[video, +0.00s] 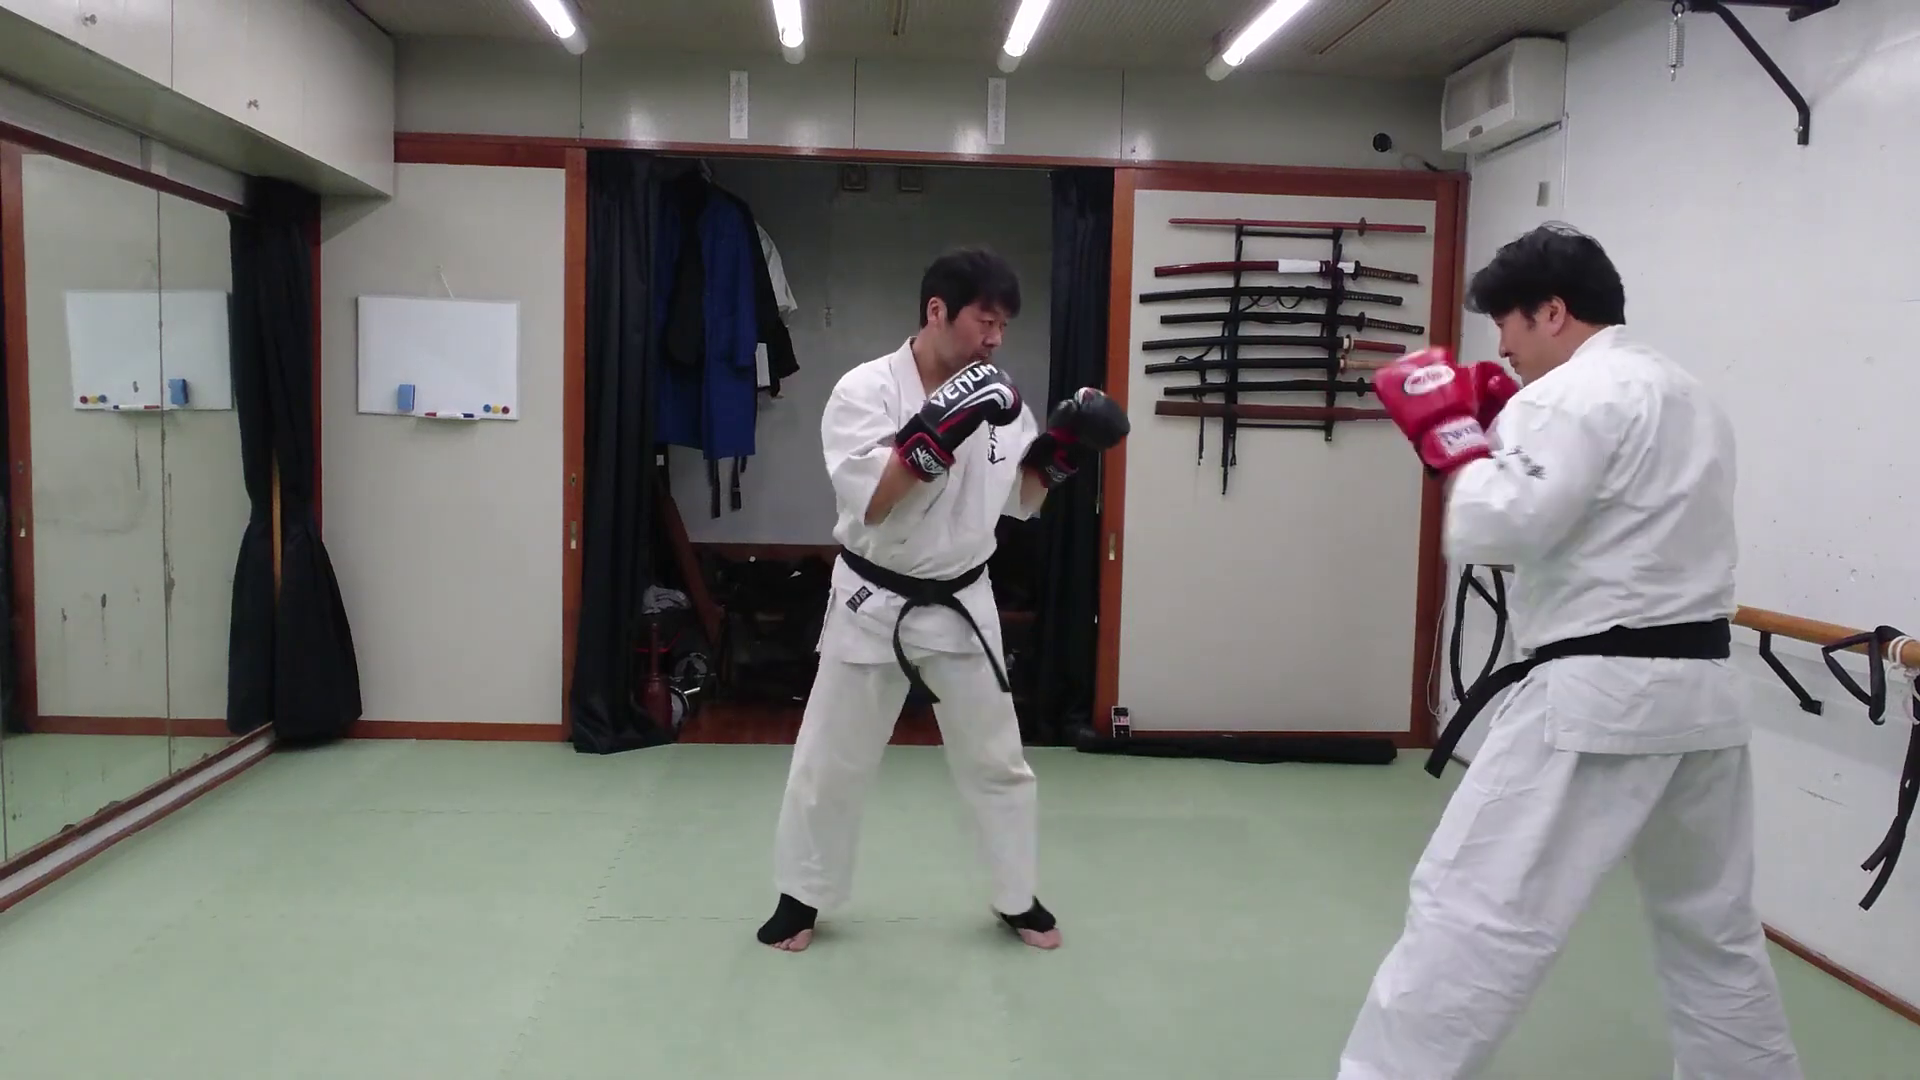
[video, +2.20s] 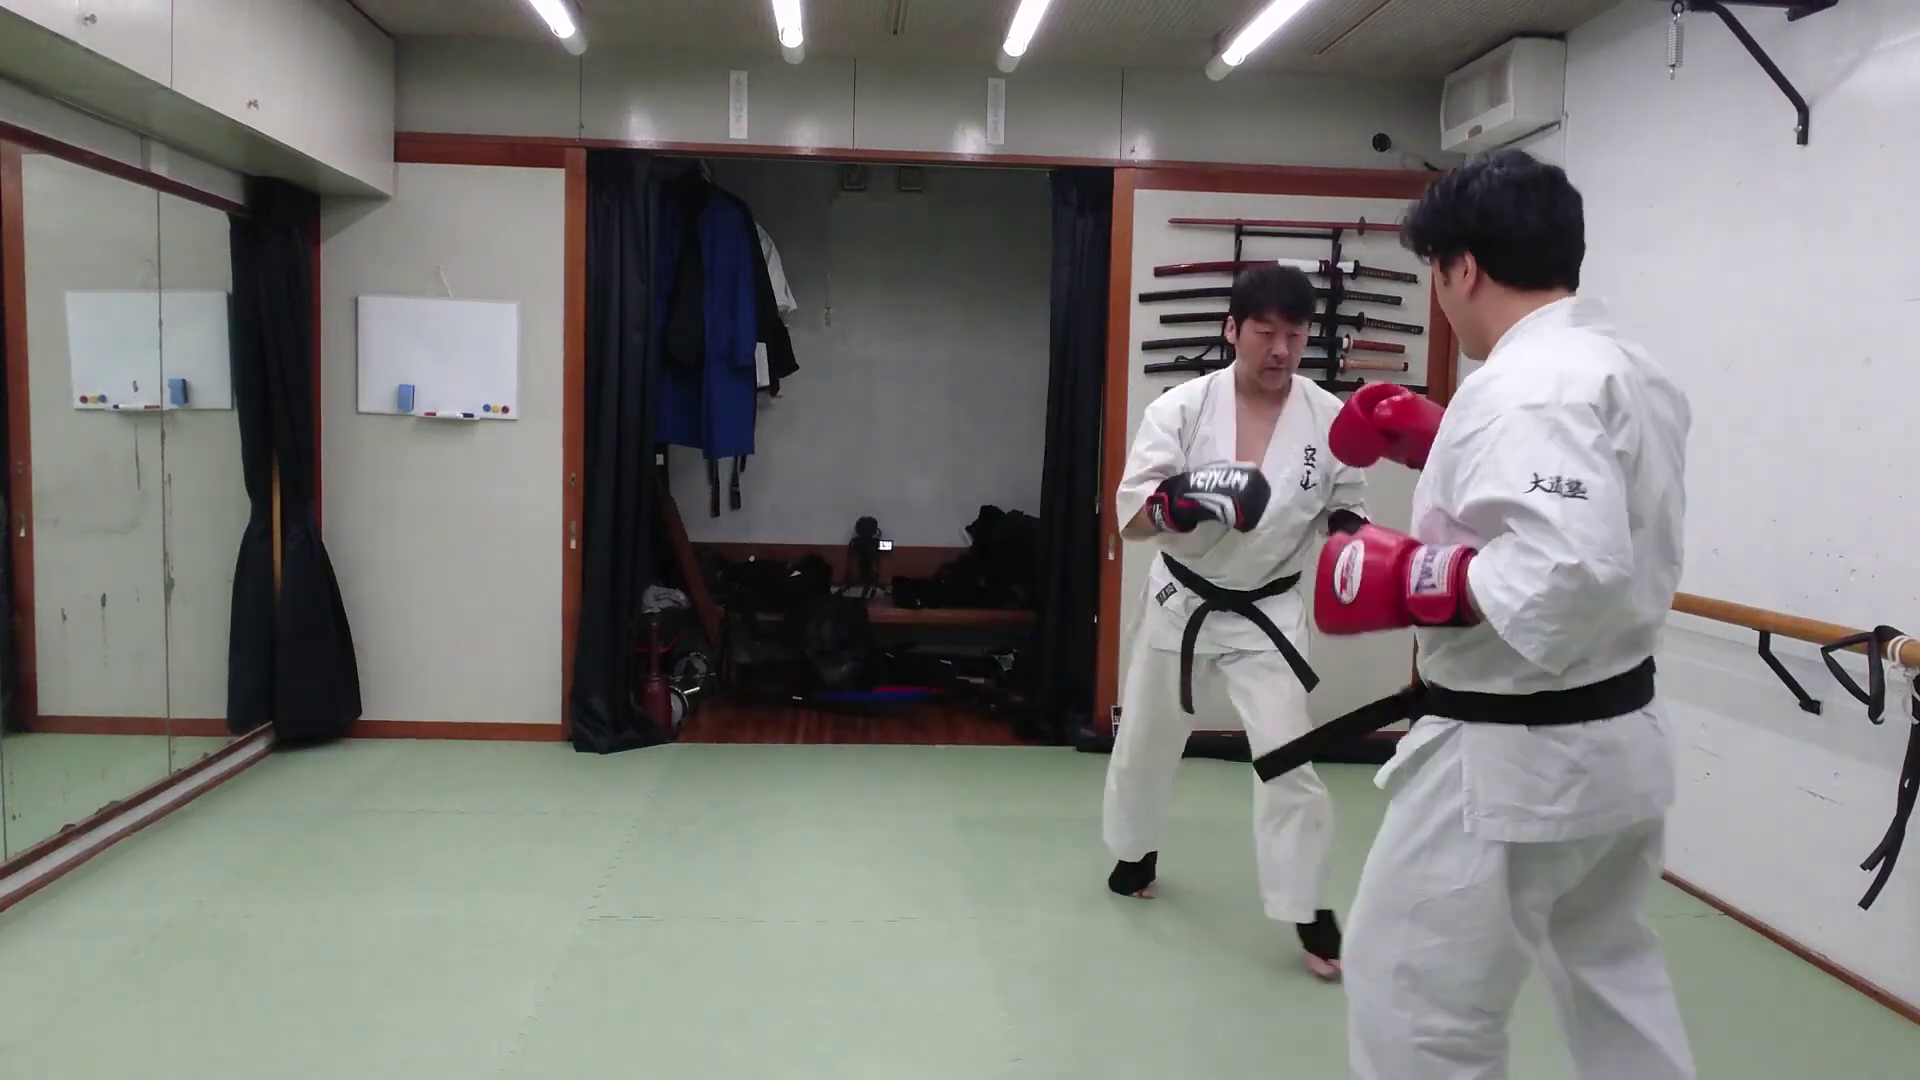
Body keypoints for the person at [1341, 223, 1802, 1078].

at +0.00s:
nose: (1502, 351)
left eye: (1506, 330)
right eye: (1497, 335)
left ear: (1554, 312)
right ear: (1593, 310)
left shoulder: (1570, 397)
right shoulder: (1693, 394)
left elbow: (1495, 525)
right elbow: (1611, 490)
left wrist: (1457, 441)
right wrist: (1509, 414)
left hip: (1591, 700)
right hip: (1708, 699)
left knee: (1467, 922)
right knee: (1717, 943)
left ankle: (1389, 1068)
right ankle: (1753, 1076)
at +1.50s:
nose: (1523, 306)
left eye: (1525, 281)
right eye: (1520, 283)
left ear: (1578, 269)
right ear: (1615, 262)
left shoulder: (1601, 376)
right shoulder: (1706, 351)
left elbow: (1526, 501)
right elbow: (1560, 396)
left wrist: (1398, 434)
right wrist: (1445, 381)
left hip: (1544, 744)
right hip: (1667, 729)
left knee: (1442, 997)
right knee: (1654, 928)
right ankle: (1742, 1076)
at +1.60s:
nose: (1488, 326)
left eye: (1490, 301)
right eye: (1483, 304)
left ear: (1543, 288)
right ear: (1560, 285)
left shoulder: (1613, 408)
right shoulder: (1646, 375)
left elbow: (1464, 520)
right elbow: (1564, 480)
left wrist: (1378, 442)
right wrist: (1469, 451)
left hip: (1560, 760)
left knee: (1421, 966)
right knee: (1437, 784)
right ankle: (1621, 934)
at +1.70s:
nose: (1458, 352)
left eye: (1460, 329)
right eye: (1453, 330)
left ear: (1510, 320)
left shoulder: (1597, 435)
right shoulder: (1617, 393)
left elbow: (1424, 542)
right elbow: (1482, 522)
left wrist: (1377, 455)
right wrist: (1370, 510)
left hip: (1545, 774)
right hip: (1507, 704)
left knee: (1405, 972)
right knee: (1386, 683)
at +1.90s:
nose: (1441, 339)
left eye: (1442, 318)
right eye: (1436, 319)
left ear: (1491, 315)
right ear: (1566, 296)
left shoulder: (1595, 440)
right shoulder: (1568, 393)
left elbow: (1452, 596)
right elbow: (1478, 527)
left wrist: (1363, 495)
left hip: (1513, 761)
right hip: (1463, 689)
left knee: (1392, 982)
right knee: (1324, 692)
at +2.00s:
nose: (1440, 310)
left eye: (1440, 287)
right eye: (1437, 288)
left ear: (1481, 284)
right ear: (1563, 264)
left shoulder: (1585, 408)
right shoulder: (1574, 369)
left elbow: (1503, 585)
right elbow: (1535, 488)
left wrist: (1380, 511)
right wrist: (1439, 460)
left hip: (1518, 754)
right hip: (1475, 702)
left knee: (1409, 991)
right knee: (1358, 773)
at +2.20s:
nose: (1435, 296)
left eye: (1433, 272)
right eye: (1431, 274)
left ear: (1467, 269)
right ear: (1559, 254)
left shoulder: (1530, 387)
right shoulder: (1630, 369)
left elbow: (1565, 578)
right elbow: (1576, 503)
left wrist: (1406, 579)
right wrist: (1435, 439)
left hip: (1502, 758)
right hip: (1618, 741)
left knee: (1414, 1016)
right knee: (1611, 971)